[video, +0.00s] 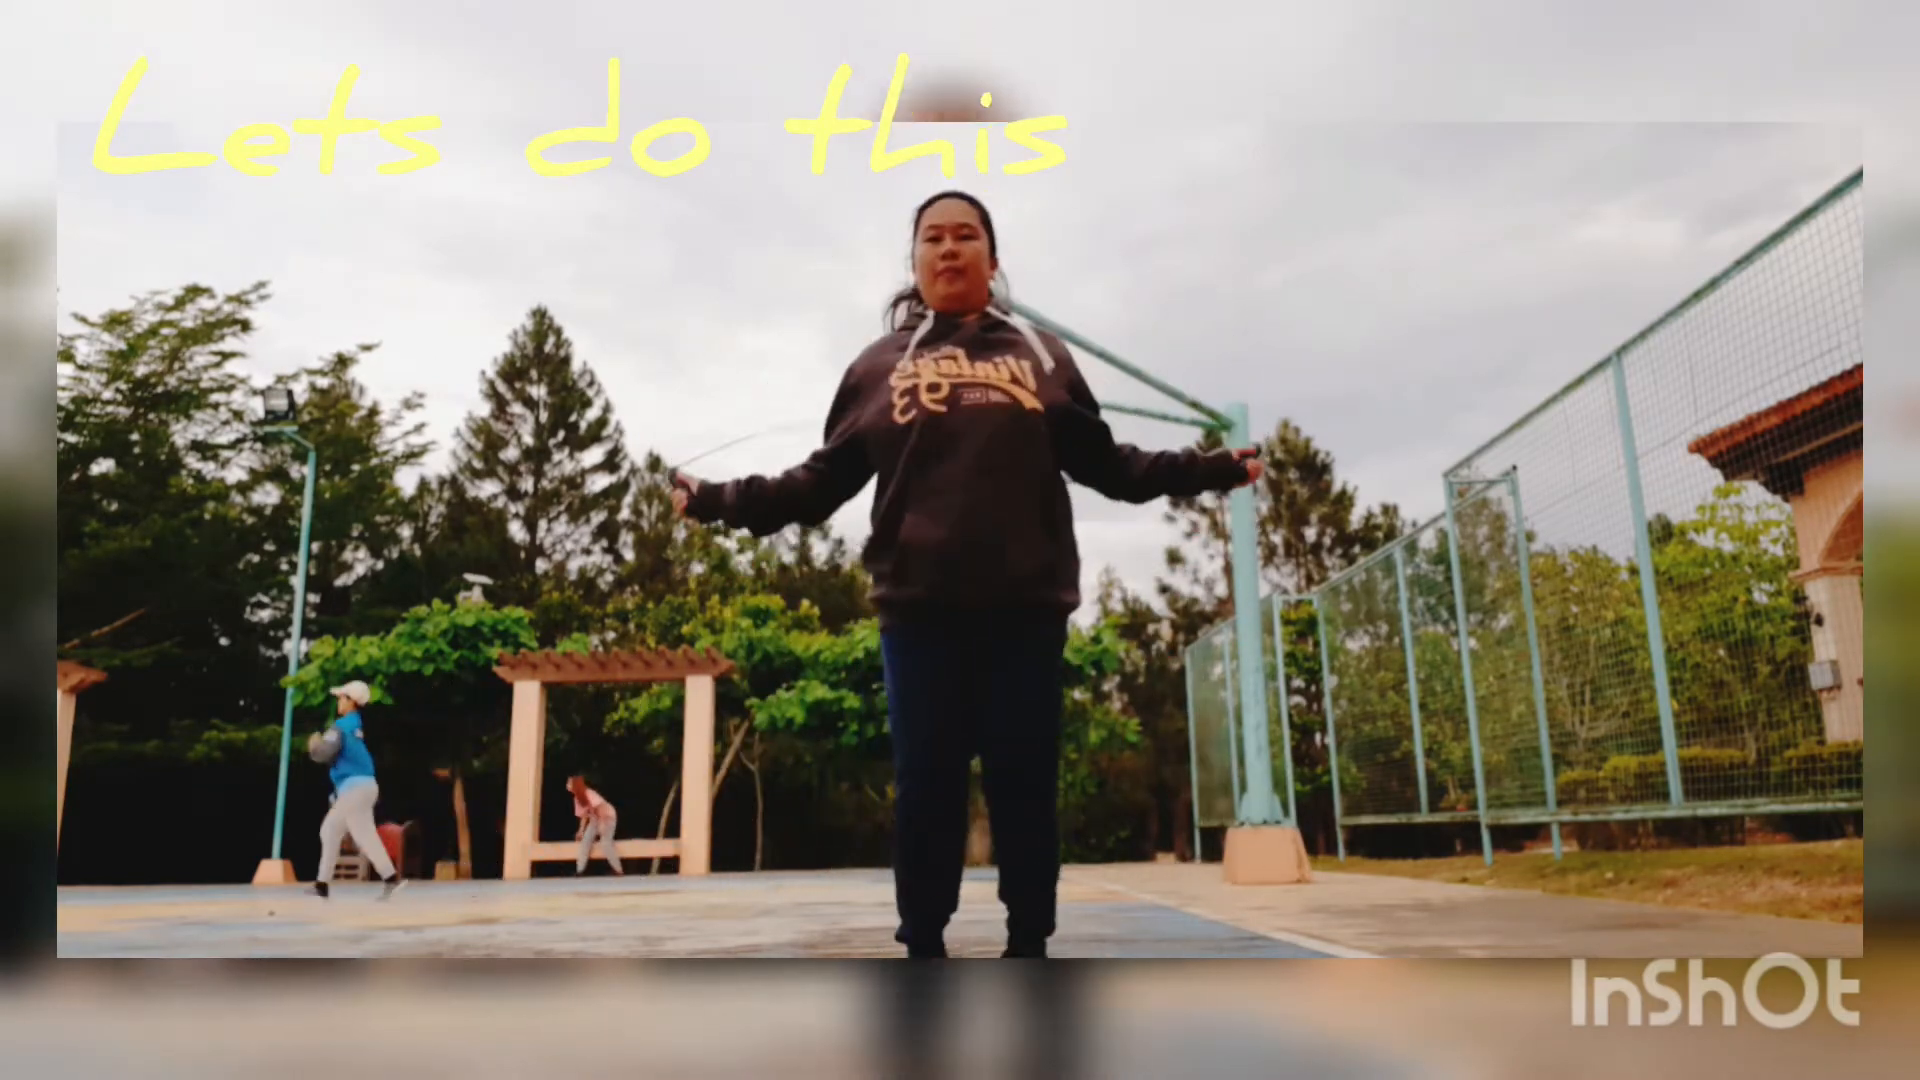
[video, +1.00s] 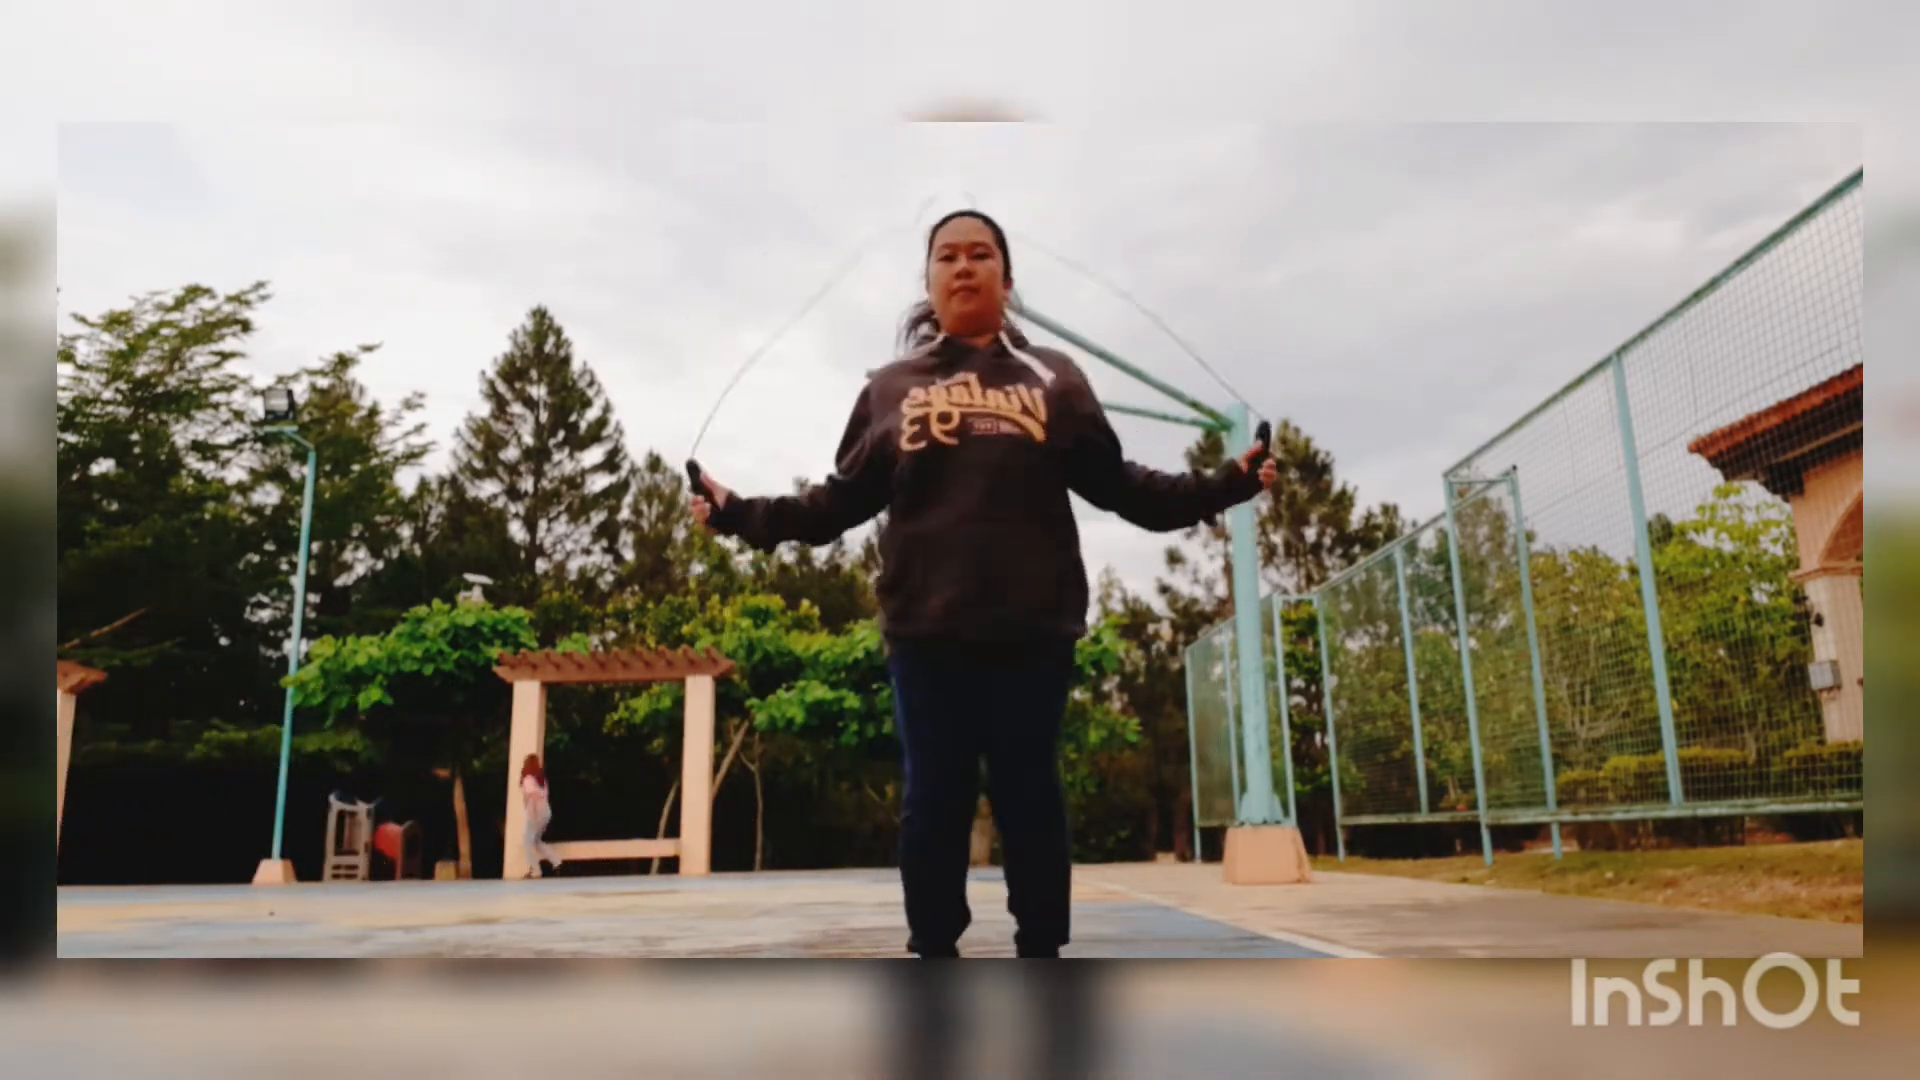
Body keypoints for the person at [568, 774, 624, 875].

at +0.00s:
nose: (569, 787)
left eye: (571, 784)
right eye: (569, 784)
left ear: (578, 785)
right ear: (571, 787)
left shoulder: (588, 795)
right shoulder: (578, 797)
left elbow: (598, 815)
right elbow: (584, 816)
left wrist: (600, 830)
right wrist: (580, 832)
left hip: (607, 815)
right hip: (594, 817)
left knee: (606, 842)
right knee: (586, 841)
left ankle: (618, 869)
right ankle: (580, 869)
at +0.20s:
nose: (561, 784)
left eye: (563, 780)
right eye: (560, 781)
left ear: (569, 780)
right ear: (563, 782)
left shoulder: (577, 788)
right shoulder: (570, 793)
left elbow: (589, 803)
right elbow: (580, 813)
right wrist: (578, 827)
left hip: (598, 814)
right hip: (587, 816)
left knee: (601, 842)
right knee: (580, 840)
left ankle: (617, 868)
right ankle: (577, 870)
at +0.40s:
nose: (551, 774)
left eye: (552, 771)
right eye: (551, 771)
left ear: (558, 771)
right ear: (560, 771)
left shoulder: (566, 781)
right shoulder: (562, 784)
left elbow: (575, 800)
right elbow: (570, 805)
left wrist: (571, 816)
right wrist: (566, 819)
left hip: (582, 813)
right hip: (575, 814)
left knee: (578, 840)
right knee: (571, 841)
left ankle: (599, 863)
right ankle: (575, 870)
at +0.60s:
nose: (546, 770)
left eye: (548, 767)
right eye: (547, 767)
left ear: (552, 768)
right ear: (554, 769)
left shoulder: (559, 779)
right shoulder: (553, 783)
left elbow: (566, 796)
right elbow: (559, 804)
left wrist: (564, 812)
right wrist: (553, 817)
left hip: (568, 810)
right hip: (564, 812)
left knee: (559, 838)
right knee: (566, 839)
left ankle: (559, 869)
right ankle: (575, 869)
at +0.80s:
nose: (537, 770)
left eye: (539, 767)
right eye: (538, 767)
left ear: (542, 768)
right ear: (548, 768)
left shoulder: (547, 780)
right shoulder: (546, 781)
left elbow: (552, 797)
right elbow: (542, 799)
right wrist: (543, 817)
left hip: (554, 814)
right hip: (558, 813)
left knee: (545, 840)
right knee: (561, 841)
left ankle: (538, 870)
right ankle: (574, 868)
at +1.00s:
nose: (525, 766)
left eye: (526, 763)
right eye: (529, 763)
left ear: (526, 765)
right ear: (537, 764)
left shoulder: (527, 779)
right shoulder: (542, 778)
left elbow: (531, 796)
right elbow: (545, 795)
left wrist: (532, 814)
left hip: (536, 809)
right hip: (545, 808)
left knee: (528, 840)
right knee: (537, 840)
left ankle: (535, 868)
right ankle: (556, 861)